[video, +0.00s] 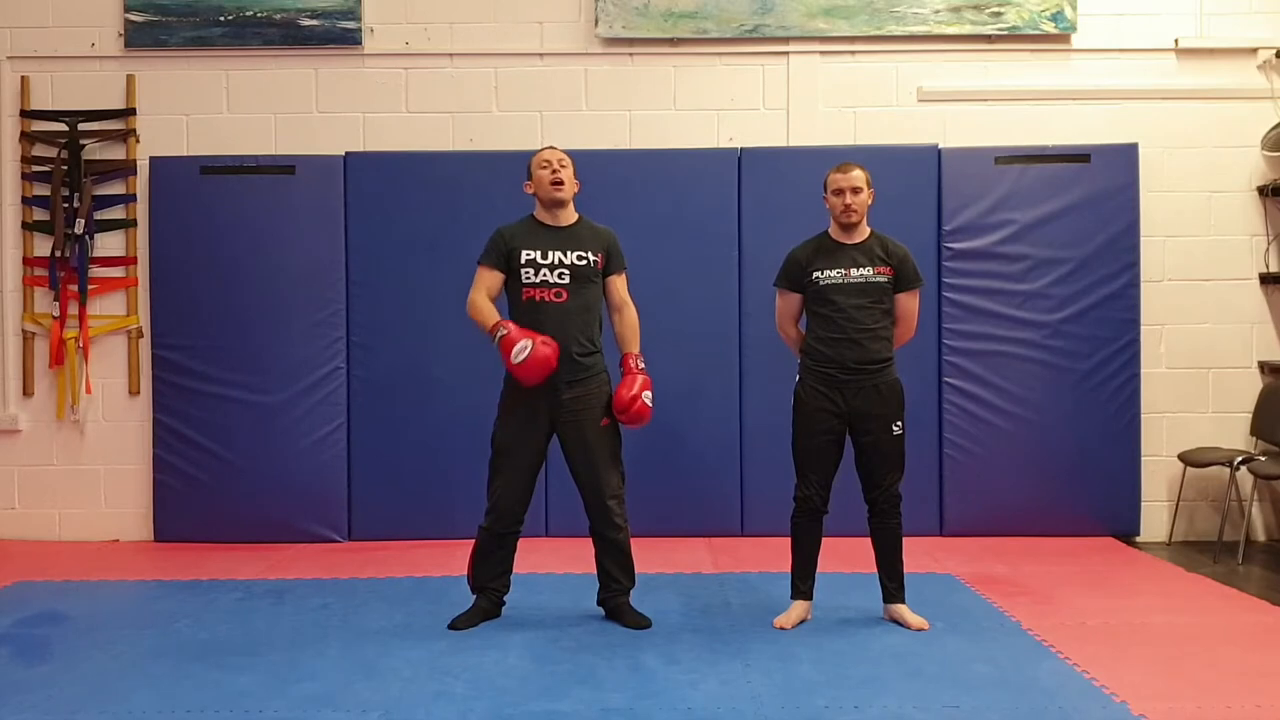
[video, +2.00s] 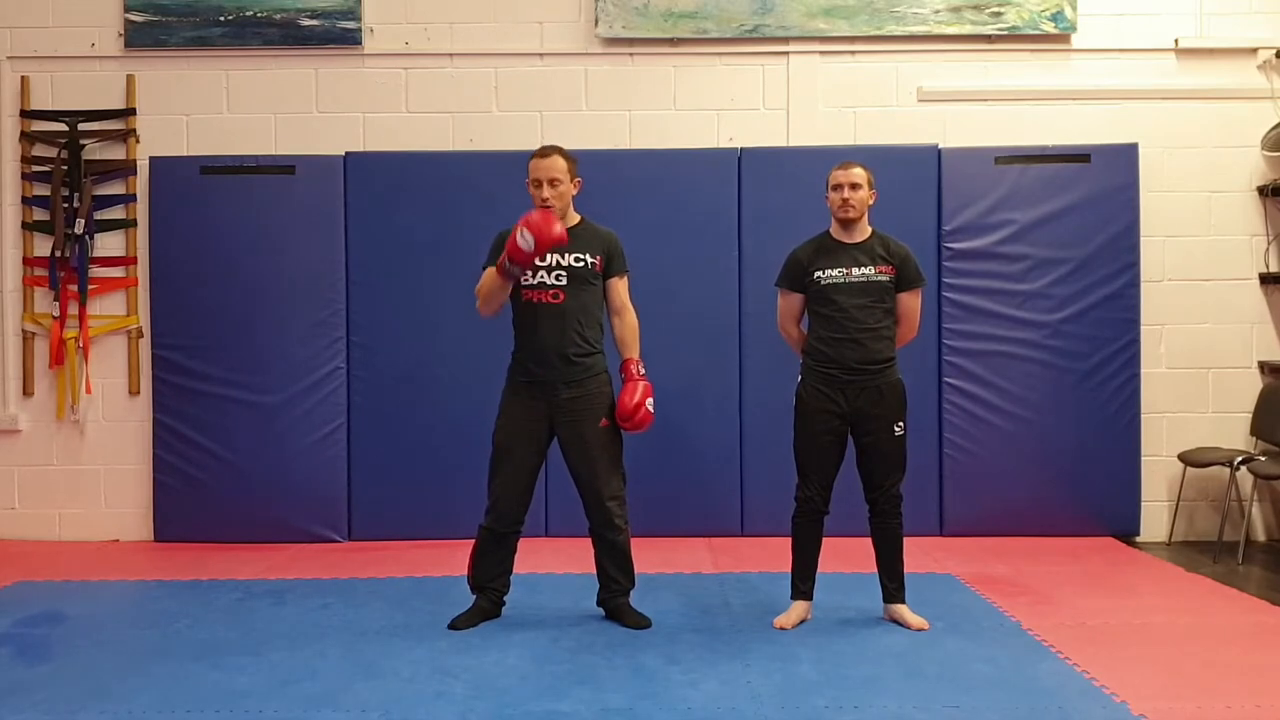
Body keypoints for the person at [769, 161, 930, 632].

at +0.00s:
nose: (847, 199)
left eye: (855, 191)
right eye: (838, 192)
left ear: (870, 196)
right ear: (826, 199)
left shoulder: (895, 256)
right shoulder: (803, 258)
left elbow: (906, 328)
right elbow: (786, 325)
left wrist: (864, 353)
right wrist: (821, 357)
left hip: (878, 391)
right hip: (819, 392)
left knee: (885, 498)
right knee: (809, 497)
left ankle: (894, 601)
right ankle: (801, 598)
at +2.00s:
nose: (845, 195)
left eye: (854, 187)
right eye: (837, 188)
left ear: (871, 195)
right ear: (827, 197)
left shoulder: (897, 255)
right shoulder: (805, 258)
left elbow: (908, 327)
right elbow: (788, 325)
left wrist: (865, 352)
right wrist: (822, 357)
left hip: (880, 392)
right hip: (820, 393)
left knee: (886, 499)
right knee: (810, 497)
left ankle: (894, 601)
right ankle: (801, 599)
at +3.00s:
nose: (835, 202)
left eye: (845, 194)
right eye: (831, 194)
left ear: (871, 199)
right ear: (828, 199)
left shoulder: (900, 255)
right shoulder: (812, 259)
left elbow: (923, 322)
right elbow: (807, 325)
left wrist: (908, 376)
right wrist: (805, 376)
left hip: (884, 390)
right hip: (824, 391)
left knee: (888, 500)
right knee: (810, 496)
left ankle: (892, 600)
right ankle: (799, 597)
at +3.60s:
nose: (838, 210)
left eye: (846, 201)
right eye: (836, 201)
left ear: (875, 201)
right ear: (853, 202)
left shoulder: (901, 251)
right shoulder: (840, 254)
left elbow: (906, 320)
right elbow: (827, 327)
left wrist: (865, 338)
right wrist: (820, 308)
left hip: (884, 382)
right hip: (840, 381)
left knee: (884, 490)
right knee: (836, 488)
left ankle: (892, 602)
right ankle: (857, 590)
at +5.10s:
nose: (811, 231)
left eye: (814, 220)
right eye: (810, 221)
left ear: (837, 215)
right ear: (842, 215)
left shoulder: (862, 266)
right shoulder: (841, 263)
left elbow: (874, 342)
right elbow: (840, 329)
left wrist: (819, 372)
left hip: (865, 388)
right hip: (843, 385)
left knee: (872, 499)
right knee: (844, 496)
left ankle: (908, 606)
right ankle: (868, 583)